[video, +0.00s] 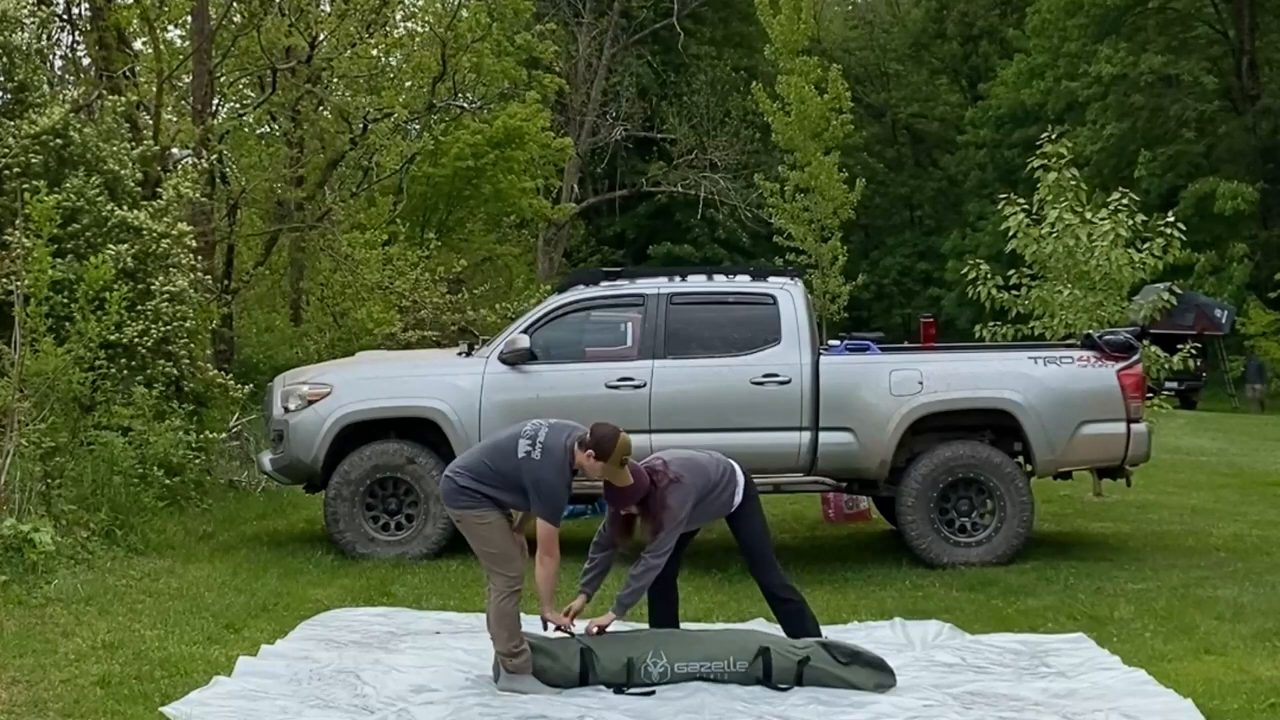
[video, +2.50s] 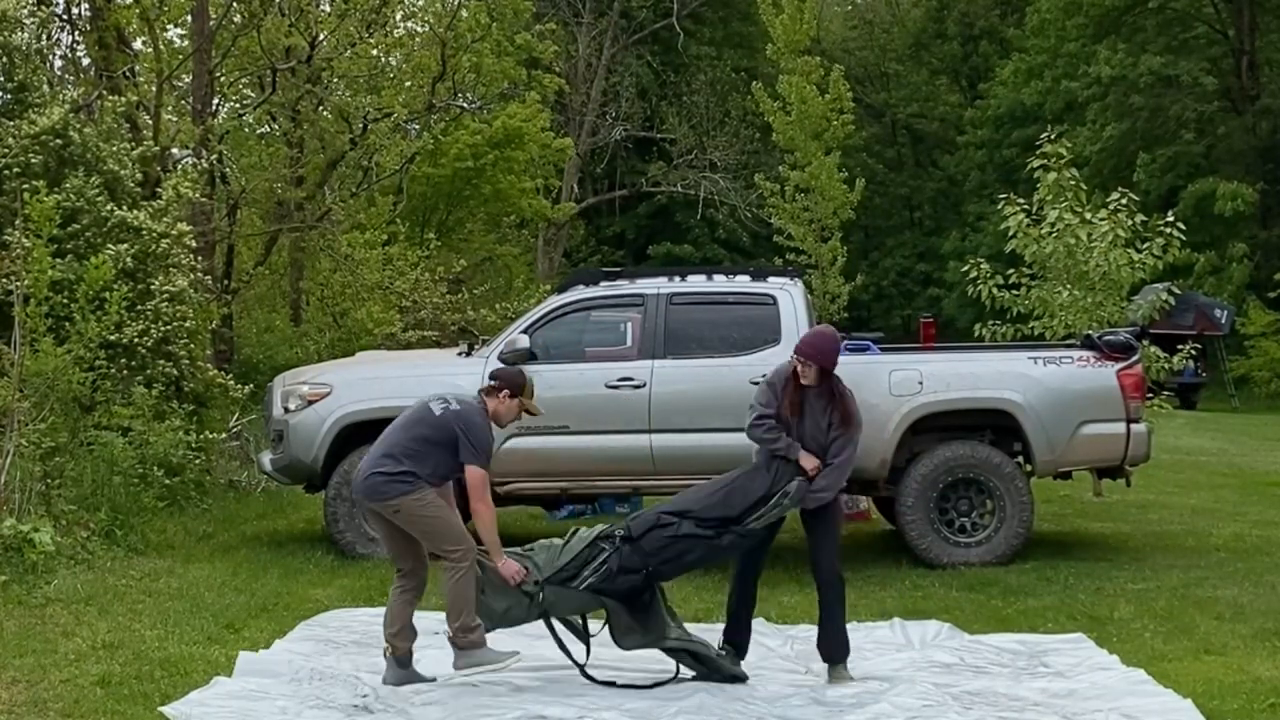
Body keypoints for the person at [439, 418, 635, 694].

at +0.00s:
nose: (606, 475)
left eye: (610, 469)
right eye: (605, 469)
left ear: (591, 448)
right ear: (589, 455)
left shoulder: (577, 435)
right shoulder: (551, 477)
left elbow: (538, 490)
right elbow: (546, 553)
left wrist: (518, 527)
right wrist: (548, 609)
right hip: (467, 492)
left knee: (508, 570)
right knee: (509, 574)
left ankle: (505, 663)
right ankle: (514, 671)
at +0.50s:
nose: (626, 447)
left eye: (629, 441)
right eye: (625, 439)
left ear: (605, 426)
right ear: (607, 431)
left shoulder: (576, 427)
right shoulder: (569, 459)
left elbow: (543, 487)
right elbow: (558, 536)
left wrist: (521, 530)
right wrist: (556, 590)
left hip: (482, 483)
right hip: (475, 487)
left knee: (508, 573)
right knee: (505, 578)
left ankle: (506, 664)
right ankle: (514, 671)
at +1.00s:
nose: (627, 443)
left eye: (629, 437)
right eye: (626, 436)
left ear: (605, 423)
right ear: (609, 426)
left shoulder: (573, 427)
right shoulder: (574, 455)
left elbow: (543, 488)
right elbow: (563, 535)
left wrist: (521, 532)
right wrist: (561, 590)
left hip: (480, 482)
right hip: (477, 488)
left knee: (508, 574)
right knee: (505, 579)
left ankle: (507, 664)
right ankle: (514, 671)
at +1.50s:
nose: (624, 441)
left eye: (626, 435)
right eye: (623, 433)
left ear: (602, 420)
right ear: (606, 423)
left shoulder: (569, 427)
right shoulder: (570, 453)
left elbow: (541, 490)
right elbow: (564, 534)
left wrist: (519, 533)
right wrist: (565, 589)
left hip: (480, 486)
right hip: (475, 490)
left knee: (508, 573)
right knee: (502, 579)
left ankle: (506, 663)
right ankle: (513, 671)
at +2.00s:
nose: (622, 442)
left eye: (625, 435)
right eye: (622, 433)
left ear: (601, 421)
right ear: (604, 423)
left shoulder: (566, 431)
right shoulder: (569, 450)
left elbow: (542, 500)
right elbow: (554, 525)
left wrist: (529, 547)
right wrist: (553, 590)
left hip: (476, 486)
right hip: (472, 489)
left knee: (511, 571)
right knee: (506, 576)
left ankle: (498, 661)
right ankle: (513, 670)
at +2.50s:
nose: (518, 416)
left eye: (522, 410)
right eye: (520, 407)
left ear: (495, 394)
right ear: (503, 395)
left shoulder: (450, 407)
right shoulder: (474, 420)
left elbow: (442, 487)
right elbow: (479, 500)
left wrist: (457, 543)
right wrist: (499, 558)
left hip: (370, 484)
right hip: (399, 484)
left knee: (410, 569)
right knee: (460, 552)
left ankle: (398, 665)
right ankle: (469, 649)